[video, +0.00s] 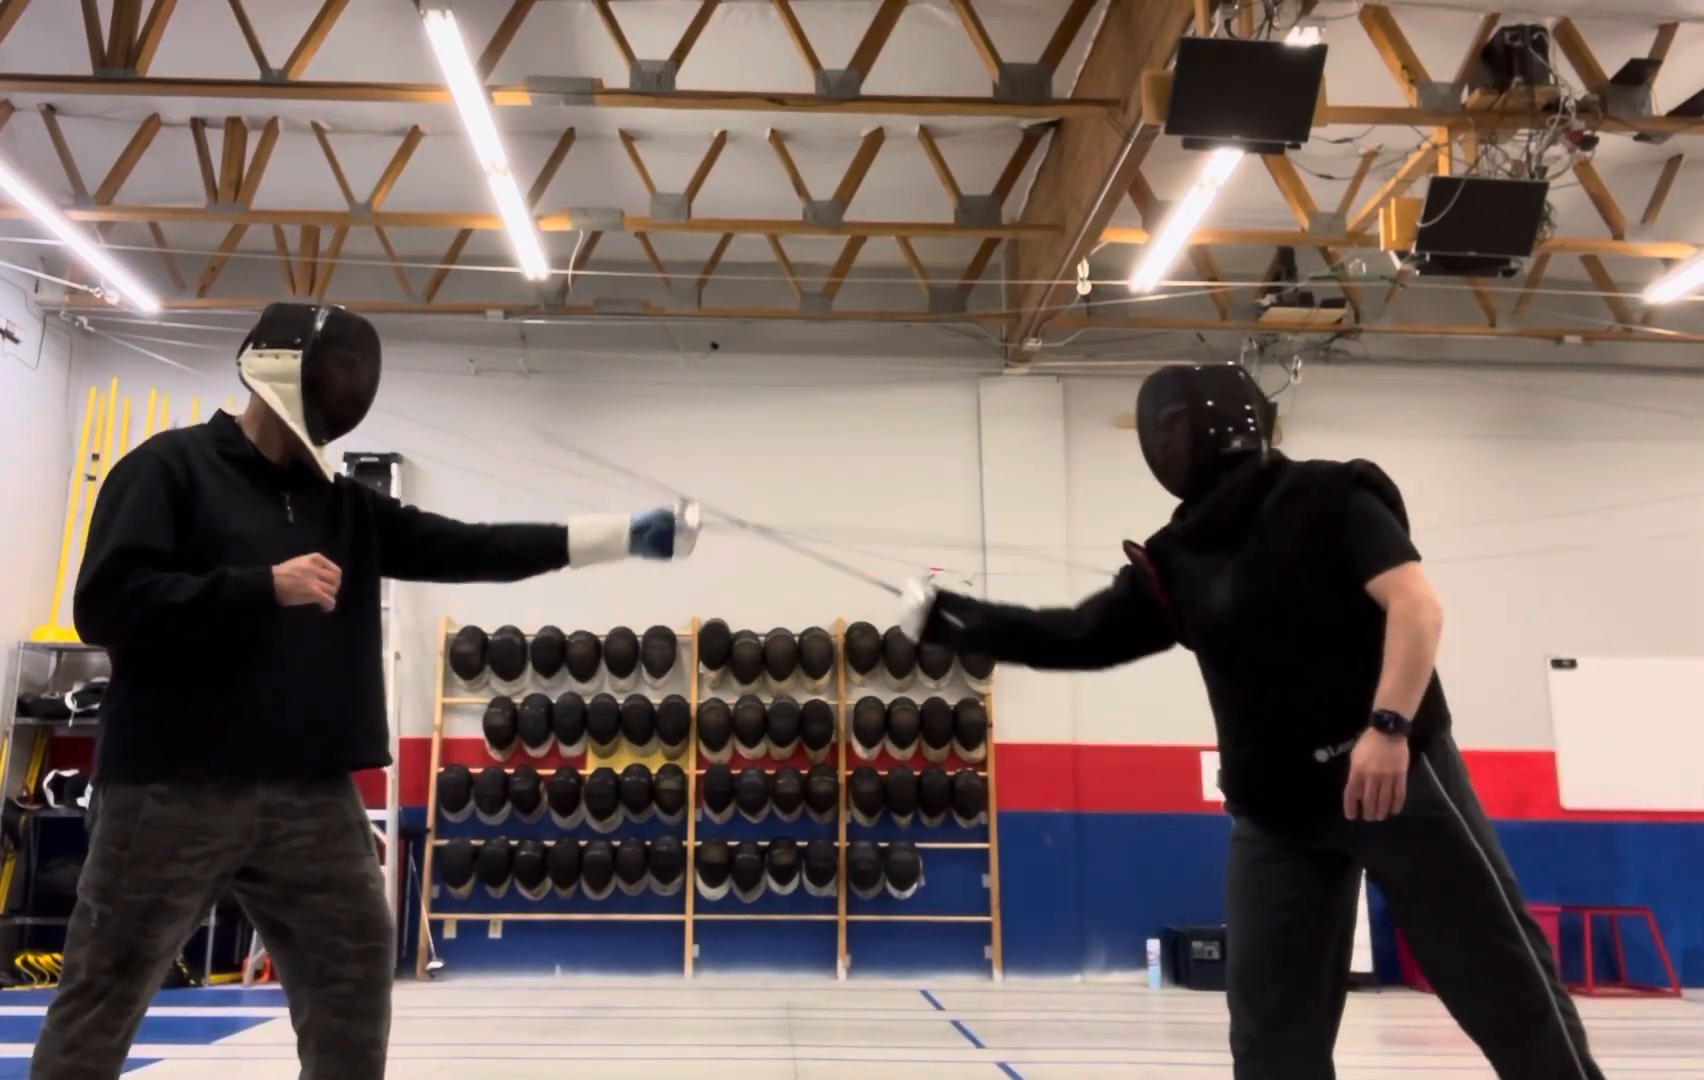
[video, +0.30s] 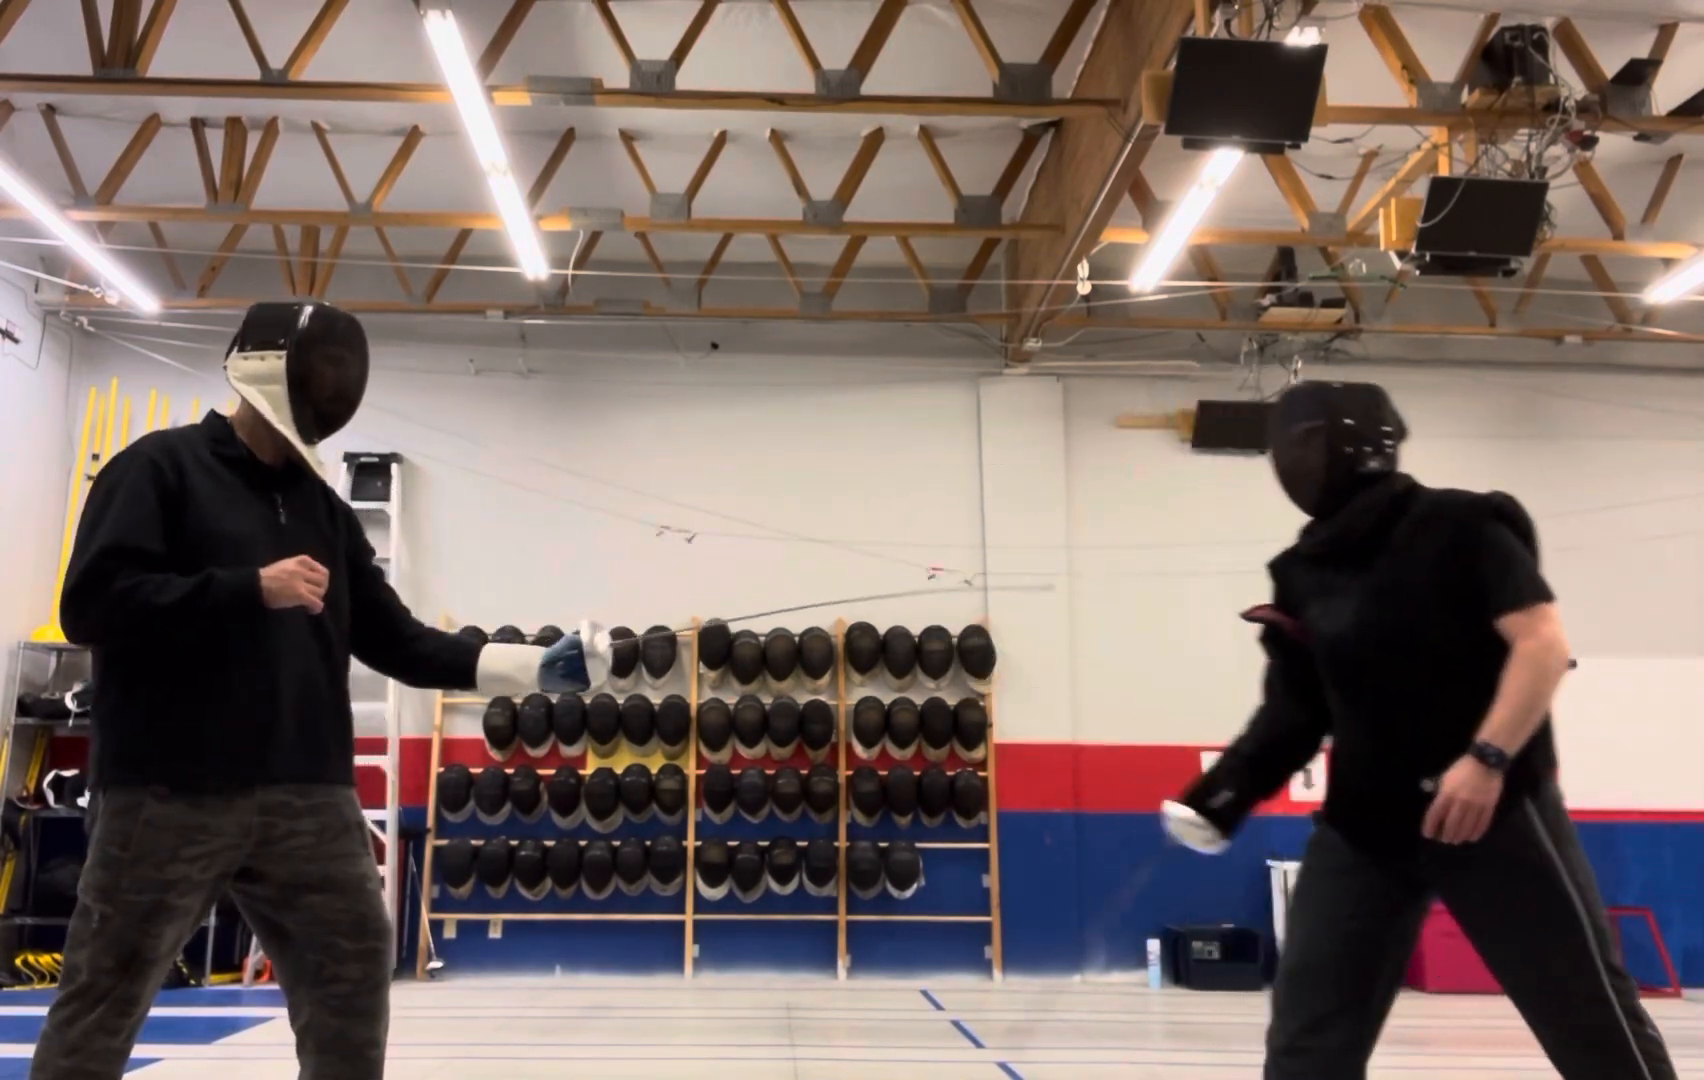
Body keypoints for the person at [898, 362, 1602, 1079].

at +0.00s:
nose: (1156, 443)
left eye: (1166, 424)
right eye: (1154, 429)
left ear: (1207, 426)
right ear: (1235, 426)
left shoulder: (1329, 495)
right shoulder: (1176, 563)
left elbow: (1417, 611)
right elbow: (1082, 636)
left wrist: (1391, 728)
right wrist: (959, 620)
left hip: (1398, 785)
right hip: (1278, 812)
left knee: (1505, 988)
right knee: (1273, 1040)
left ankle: (1569, 1075)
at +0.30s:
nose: (1288, 468)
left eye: (1299, 448)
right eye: (1286, 452)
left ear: (1346, 444)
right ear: (1362, 447)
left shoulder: (1462, 525)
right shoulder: (1305, 573)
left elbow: (1545, 647)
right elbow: (1296, 710)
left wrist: (1486, 759)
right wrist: (1221, 793)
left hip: (1495, 815)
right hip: (1364, 828)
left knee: (1595, 1024)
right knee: (1307, 1045)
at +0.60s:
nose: (1416, 458)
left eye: (1427, 437)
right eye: (1412, 443)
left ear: (1473, 431)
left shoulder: (1607, 514)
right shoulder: (1438, 561)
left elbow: (1679, 630)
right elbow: (1394, 685)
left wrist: (1655, 762)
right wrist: (1277, 696)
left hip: (1618, 805)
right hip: (1492, 817)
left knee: (1667, 1026)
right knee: (1449, 1025)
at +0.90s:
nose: (1463, 456)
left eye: (1475, 435)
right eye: (1456, 441)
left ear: (1526, 426)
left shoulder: (1653, 511)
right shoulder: (1469, 561)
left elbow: (1703, 619)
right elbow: (1385, 649)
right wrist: (1272, 644)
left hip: (1668, 809)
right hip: (1539, 822)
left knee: (1687, 1027)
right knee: (1529, 1016)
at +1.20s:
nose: (1448, 458)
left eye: (1461, 436)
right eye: (1443, 444)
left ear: (1514, 429)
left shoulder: (1644, 510)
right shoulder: (1459, 560)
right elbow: (1347, 621)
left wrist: (1703, 749)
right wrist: (1216, 618)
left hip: (1666, 807)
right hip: (1539, 821)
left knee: (1688, 1020)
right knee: (1526, 1008)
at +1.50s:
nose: (1391, 470)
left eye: (1400, 449)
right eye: (1385, 456)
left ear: (1446, 440)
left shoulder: (1580, 517)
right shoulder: (1404, 571)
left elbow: (1663, 633)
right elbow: (1290, 630)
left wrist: (1676, 759)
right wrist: (1163, 624)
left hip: (1608, 817)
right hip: (1480, 829)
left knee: (1668, 1038)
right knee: (1430, 1036)